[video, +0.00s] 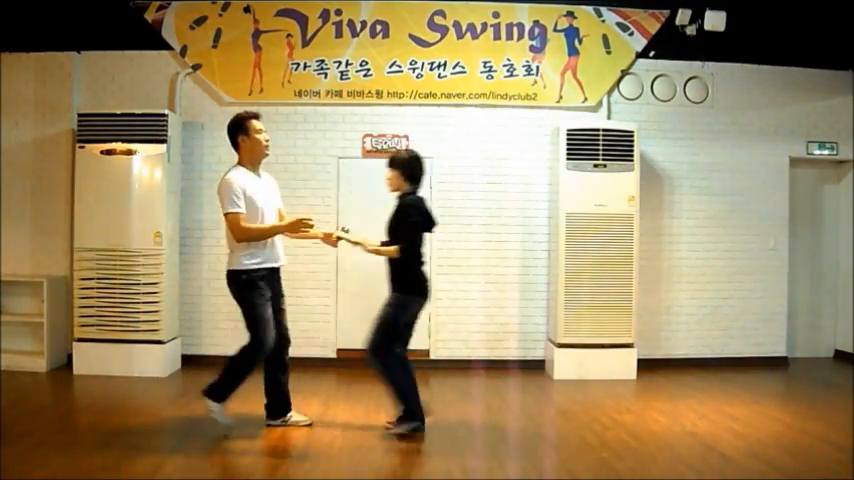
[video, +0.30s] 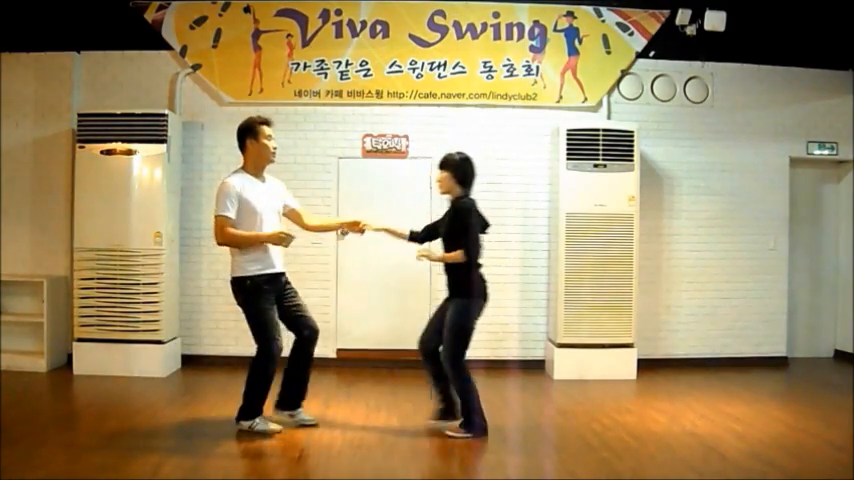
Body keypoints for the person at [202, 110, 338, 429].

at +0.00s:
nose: (267, 137)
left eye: (265, 132)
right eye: (260, 133)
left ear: (251, 141)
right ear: (241, 141)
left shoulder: (268, 181)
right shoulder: (231, 182)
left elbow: (281, 226)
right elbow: (239, 233)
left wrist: (318, 235)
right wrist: (285, 227)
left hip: (270, 271)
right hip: (246, 274)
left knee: (279, 341)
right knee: (263, 341)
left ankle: (278, 412)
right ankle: (215, 396)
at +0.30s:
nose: (274, 144)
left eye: (273, 139)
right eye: (268, 139)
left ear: (264, 145)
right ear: (248, 144)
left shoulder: (274, 186)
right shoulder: (231, 185)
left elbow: (306, 224)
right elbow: (221, 235)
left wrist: (344, 225)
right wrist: (266, 237)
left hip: (276, 277)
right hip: (249, 280)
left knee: (308, 331)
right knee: (271, 346)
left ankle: (288, 407)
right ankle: (249, 417)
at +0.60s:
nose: (283, 162)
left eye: (284, 156)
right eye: (280, 155)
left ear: (265, 156)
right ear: (260, 153)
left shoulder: (279, 196)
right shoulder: (230, 192)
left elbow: (319, 232)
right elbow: (205, 237)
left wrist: (360, 236)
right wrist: (242, 251)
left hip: (281, 283)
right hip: (254, 287)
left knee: (309, 340)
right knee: (287, 345)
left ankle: (302, 413)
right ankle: (251, 409)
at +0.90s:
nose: (273, 154)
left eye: (274, 149)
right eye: (269, 147)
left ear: (259, 149)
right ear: (249, 145)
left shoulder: (261, 189)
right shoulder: (221, 181)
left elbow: (299, 221)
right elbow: (216, 228)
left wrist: (339, 222)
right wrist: (260, 231)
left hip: (252, 276)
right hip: (227, 277)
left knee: (278, 334)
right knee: (255, 342)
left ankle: (270, 408)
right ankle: (247, 418)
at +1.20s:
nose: (254, 154)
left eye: (255, 148)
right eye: (249, 147)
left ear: (241, 150)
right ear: (229, 147)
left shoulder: (243, 191)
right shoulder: (206, 185)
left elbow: (261, 235)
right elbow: (204, 237)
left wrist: (301, 238)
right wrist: (249, 241)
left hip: (228, 279)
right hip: (209, 280)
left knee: (212, 348)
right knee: (240, 341)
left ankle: (173, 403)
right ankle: (246, 416)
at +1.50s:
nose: (244, 155)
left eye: (244, 149)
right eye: (239, 148)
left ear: (225, 149)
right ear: (219, 147)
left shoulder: (229, 188)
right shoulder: (195, 183)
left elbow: (234, 234)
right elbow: (191, 235)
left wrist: (265, 240)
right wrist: (237, 242)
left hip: (213, 277)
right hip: (191, 277)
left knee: (206, 344)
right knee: (208, 344)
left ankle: (176, 405)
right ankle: (172, 408)